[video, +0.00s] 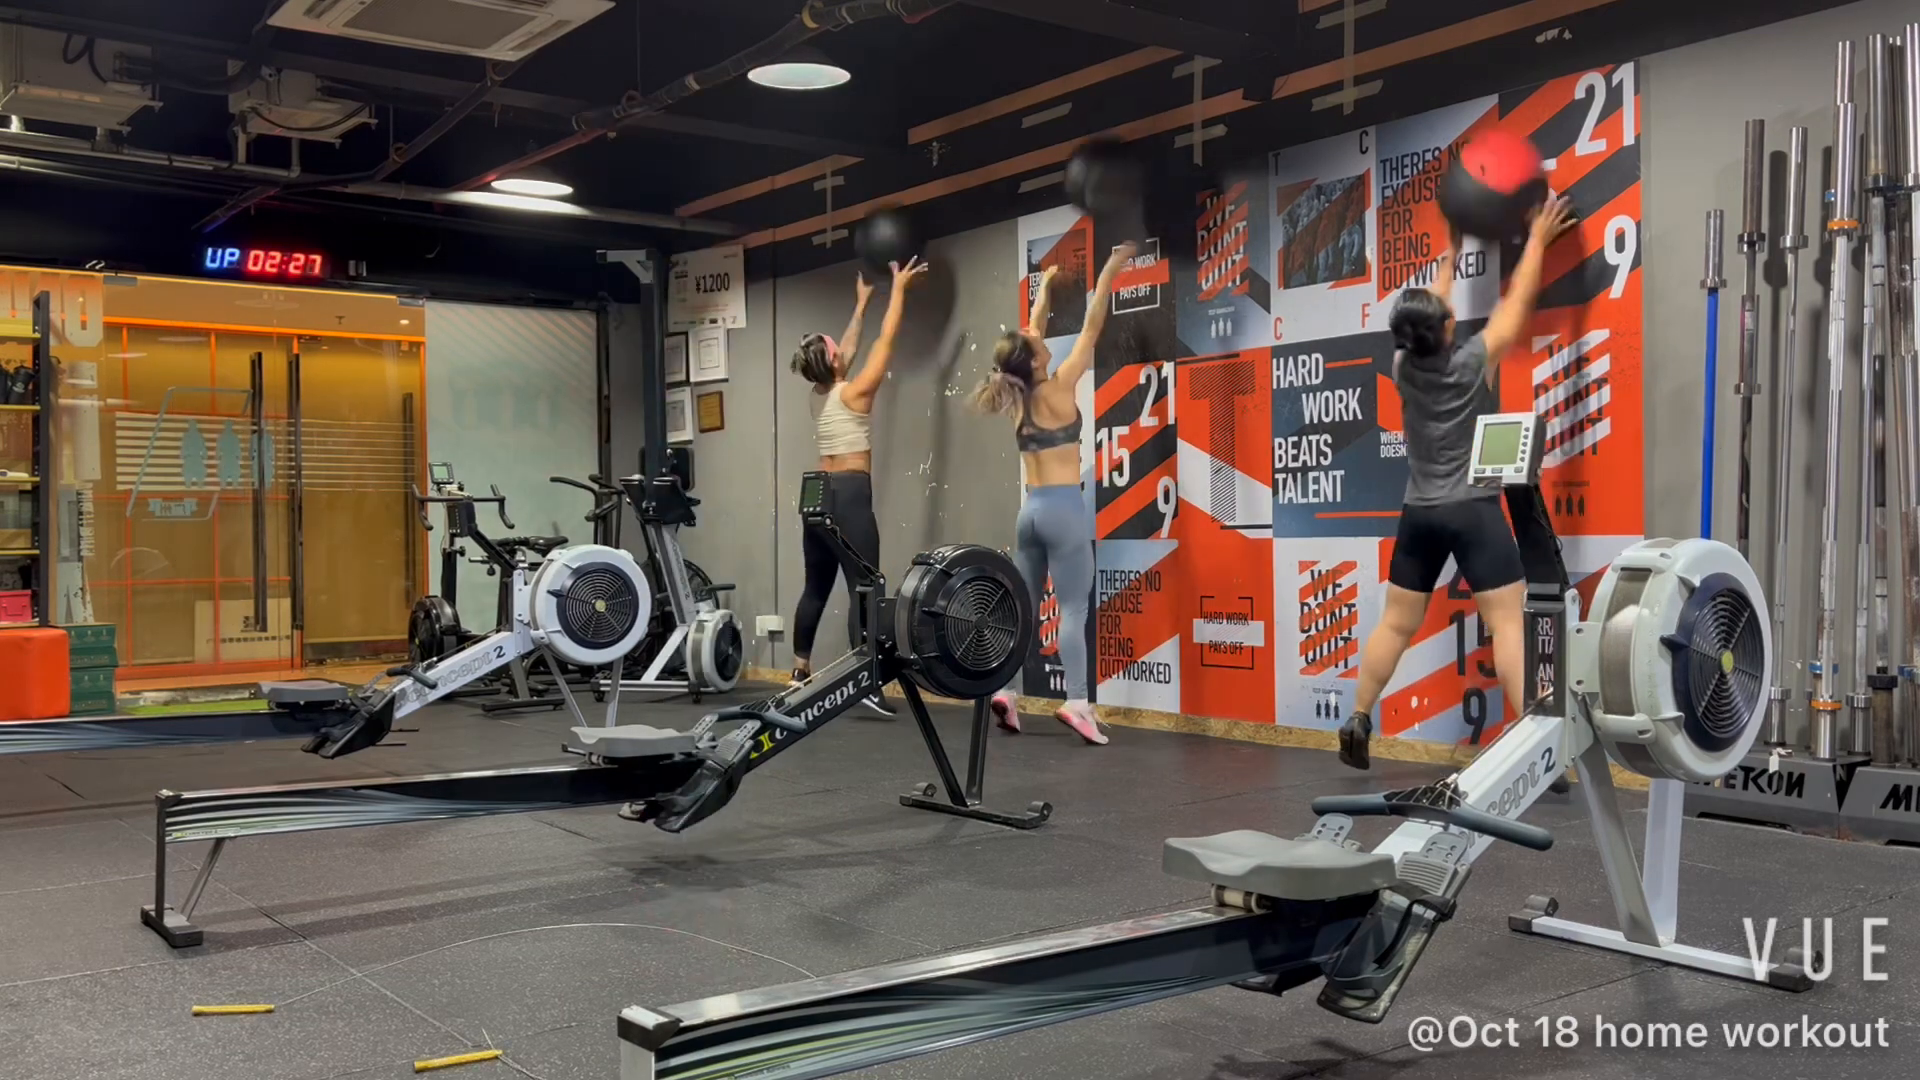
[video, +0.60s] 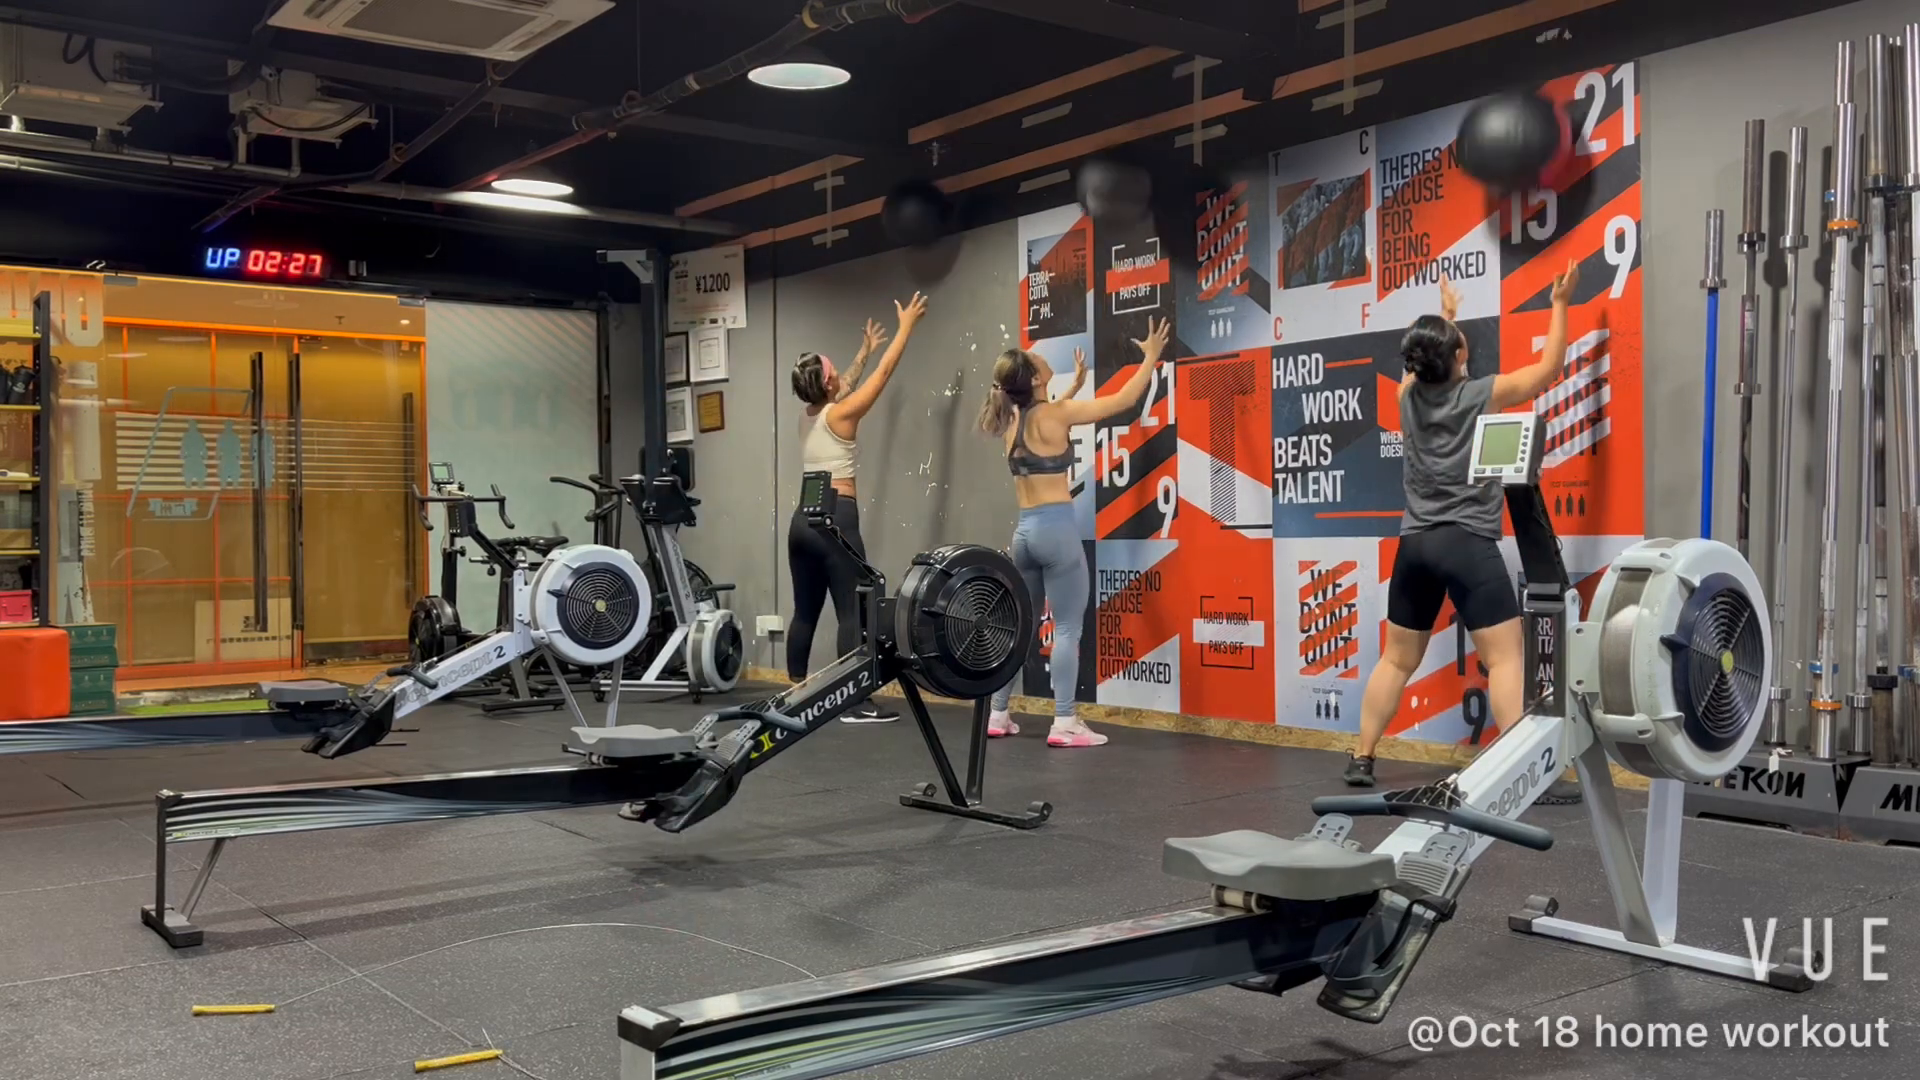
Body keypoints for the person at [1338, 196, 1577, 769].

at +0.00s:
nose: (1448, 305)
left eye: (1441, 301)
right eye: (1444, 307)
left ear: (1408, 332)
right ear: (1444, 323)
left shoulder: (1403, 367)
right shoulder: (1475, 358)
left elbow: (1431, 313)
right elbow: (1519, 296)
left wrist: (1451, 256)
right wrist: (1537, 240)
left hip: (1421, 513)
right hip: (1476, 511)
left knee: (1395, 624)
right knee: (1506, 623)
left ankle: (1359, 718)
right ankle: (1526, 729)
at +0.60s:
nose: (1466, 350)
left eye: (1461, 346)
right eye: (1462, 347)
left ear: (1419, 364)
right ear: (1458, 358)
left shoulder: (1408, 399)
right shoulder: (1481, 394)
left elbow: (1420, 363)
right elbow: (1546, 370)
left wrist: (1446, 323)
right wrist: (1560, 304)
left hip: (1416, 545)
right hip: (1470, 546)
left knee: (1396, 660)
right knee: (1502, 661)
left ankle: (1361, 761)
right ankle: (1521, 772)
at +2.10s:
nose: (1450, 352)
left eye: (1442, 346)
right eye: (1446, 348)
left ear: (1406, 363)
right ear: (1445, 358)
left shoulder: (1401, 407)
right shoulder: (1477, 402)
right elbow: (1523, 454)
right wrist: (1519, 391)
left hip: (1409, 547)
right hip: (1467, 544)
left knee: (1397, 647)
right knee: (1513, 646)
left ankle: (1364, 747)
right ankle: (1533, 763)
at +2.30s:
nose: (1448, 316)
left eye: (1440, 313)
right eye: (1442, 314)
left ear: (1403, 338)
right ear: (1440, 327)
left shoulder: (1399, 369)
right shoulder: (1464, 354)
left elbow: (1409, 308)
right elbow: (1488, 280)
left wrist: (1417, 241)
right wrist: (1513, 213)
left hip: (1418, 517)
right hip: (1472, 513)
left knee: (1398, 629)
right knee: (1506, 624)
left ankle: (1369, 727)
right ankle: (1532, 728)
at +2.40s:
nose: (1455, 340)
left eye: (1444, 335)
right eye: (1450, 336)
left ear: (1403, 355)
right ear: (1447, 350)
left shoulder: (1400, 391)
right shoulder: (1469, 384)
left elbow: (1399, 324)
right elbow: (1481, 303)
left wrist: (1404, 258)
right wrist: (1470, 234)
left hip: (1415, 535)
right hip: (1468, 533)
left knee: (1403, 647)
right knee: (1507, 644)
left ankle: (1368, 746)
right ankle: (1528, 757)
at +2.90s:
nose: (1452, 349)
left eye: (1447, 344)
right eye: (1449, 347)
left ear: (1408, 366)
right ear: (1448, 360)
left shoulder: (1401, 406)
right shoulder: (1474, 400)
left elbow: (1428, 377)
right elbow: (1536, 396)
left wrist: (1443, 335)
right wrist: (1537, 332)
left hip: (1411, 555)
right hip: (1468, 556)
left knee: (1397, 660)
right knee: (1502, 663)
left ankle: (1362, 762)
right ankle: (1522, 774)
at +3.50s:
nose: (1480, 483)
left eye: (1477, 477)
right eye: (1477, 478)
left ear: (1428, 491)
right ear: (1472, 488)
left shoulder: (1415, 535)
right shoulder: (1494, 544)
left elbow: (1412, 596)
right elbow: (1512, 616)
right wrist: (1528, 591)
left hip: (1389, 664)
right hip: (1454, 665)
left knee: (1401, 687)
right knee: (1549, 671)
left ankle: (1366, 759)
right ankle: (1529, 773)